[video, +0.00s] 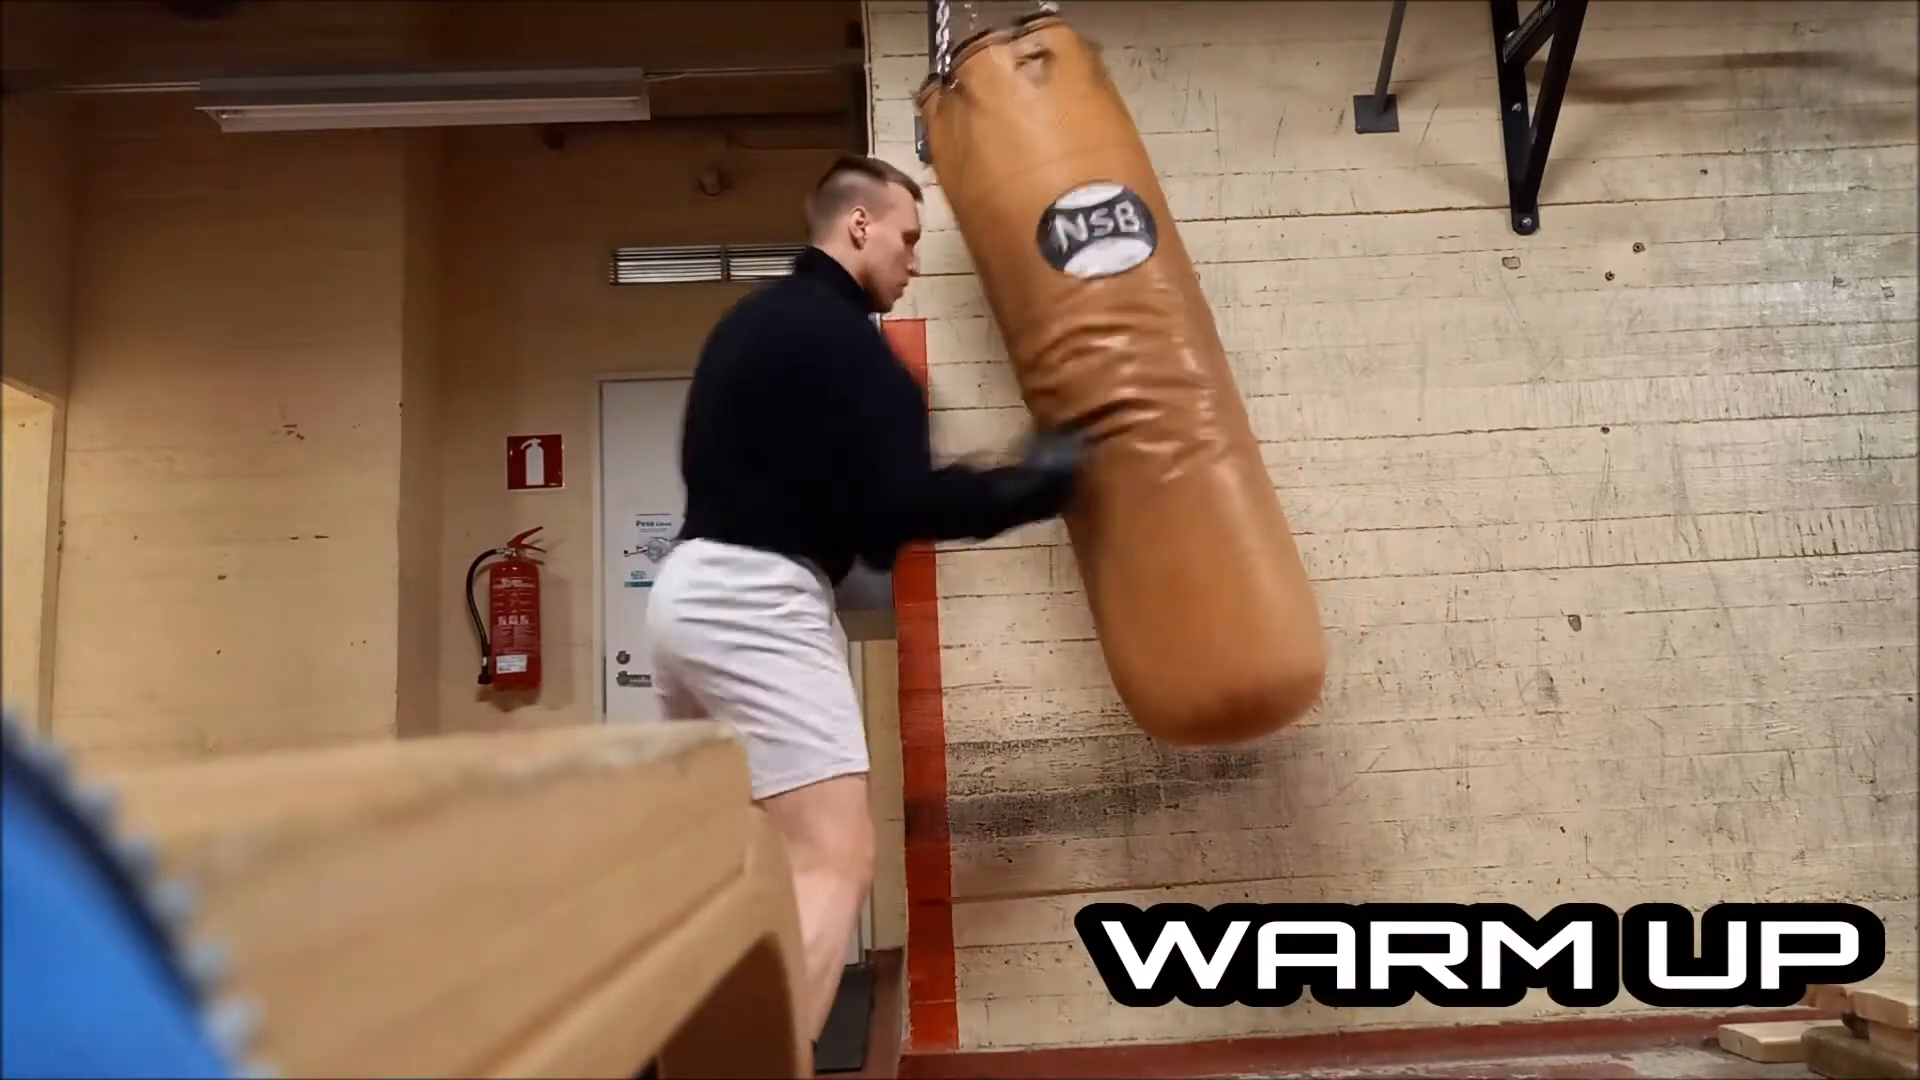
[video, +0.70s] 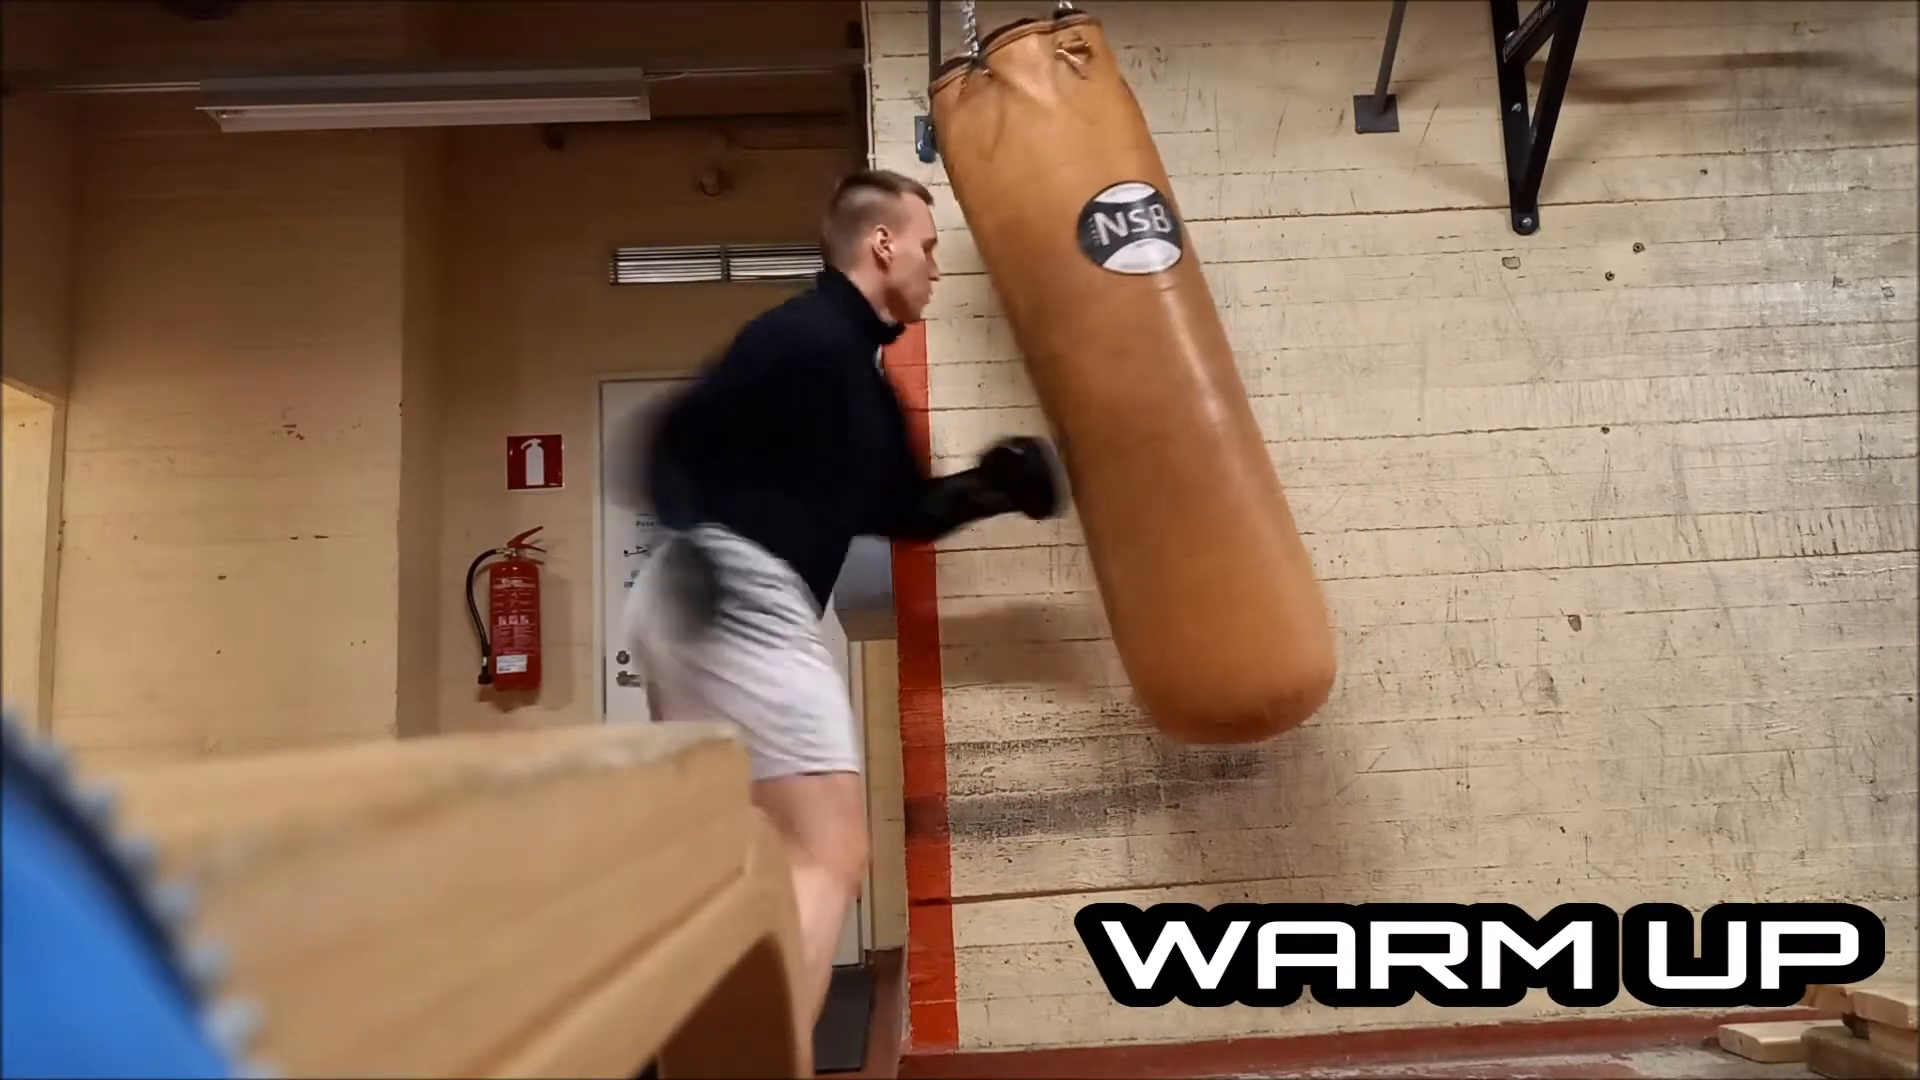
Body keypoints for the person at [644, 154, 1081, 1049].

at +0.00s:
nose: (916, 260)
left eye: (918, 241)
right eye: (908, 237)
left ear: (837, 233)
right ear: (858, 228)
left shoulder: (750, 323)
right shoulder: (846, 339)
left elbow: (856, 518)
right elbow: (899, 506)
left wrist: (968, 485)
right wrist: (1039, 483)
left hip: (688, 589)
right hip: (759, 601)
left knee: (719, 849)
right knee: (834, 856)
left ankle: (688, 1055)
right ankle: (775, 1066)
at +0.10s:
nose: (930, 258)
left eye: (930, 239)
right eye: (921, 238)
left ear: (866, 237)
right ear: (872, 233)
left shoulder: (835, 338)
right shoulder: (794, 330)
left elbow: (823, 498)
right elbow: (739, 504)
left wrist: (916, 492)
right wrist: (856, 569)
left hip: (768, 601)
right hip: (730, 603)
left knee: (796, 836)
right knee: (826, 837)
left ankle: (752, 1052)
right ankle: (786, 1060)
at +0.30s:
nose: (927, 268)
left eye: (927, 250)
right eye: (919, 248)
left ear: (861, 248)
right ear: (874, 247)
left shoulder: (798, 327)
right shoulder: (831, 333)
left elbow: (862, 500)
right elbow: (862, 499)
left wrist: (963, 485)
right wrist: (962, 494)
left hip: (674, 589)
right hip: (739, 591)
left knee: (747, 851)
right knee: (837, 851)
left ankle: (714, 1051)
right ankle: (771, 1059)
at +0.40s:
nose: (910, 261)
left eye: (912, 241)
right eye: (904, 239)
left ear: (837, 232)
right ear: (858, 230)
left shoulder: (736, 317)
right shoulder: (853, 344)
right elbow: (958, 469)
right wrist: (1060, 475)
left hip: (679, 582)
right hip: (760, 599)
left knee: (688, 841)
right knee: (833, 860)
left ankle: (670, 1047)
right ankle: (781, 1061)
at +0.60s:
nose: (939, 260)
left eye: (936, 242)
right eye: (927, 241)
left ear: (878, 245)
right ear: (879, 243)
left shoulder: (886, 366)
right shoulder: (776, 333)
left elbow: (902, 476)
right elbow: (639, 456)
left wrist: (997, 476)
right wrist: (647, 560)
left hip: (784, 622)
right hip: (727, 607)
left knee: (747, 853)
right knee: (816, 844)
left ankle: (696, 1055)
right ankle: (778, 1064)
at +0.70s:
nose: (938, 263)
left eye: (936, 246)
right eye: (928, 245)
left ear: (873, 250)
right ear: (881, 249)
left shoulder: (855, 371)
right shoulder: (805, 338)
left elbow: (898, 512)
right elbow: (678, 442)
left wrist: (990, 486)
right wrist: (696, 537)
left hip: (693, 598)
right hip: (738, 599)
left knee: (727, 850)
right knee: (828, 856)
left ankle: (691, 1052)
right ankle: (774, 1061)